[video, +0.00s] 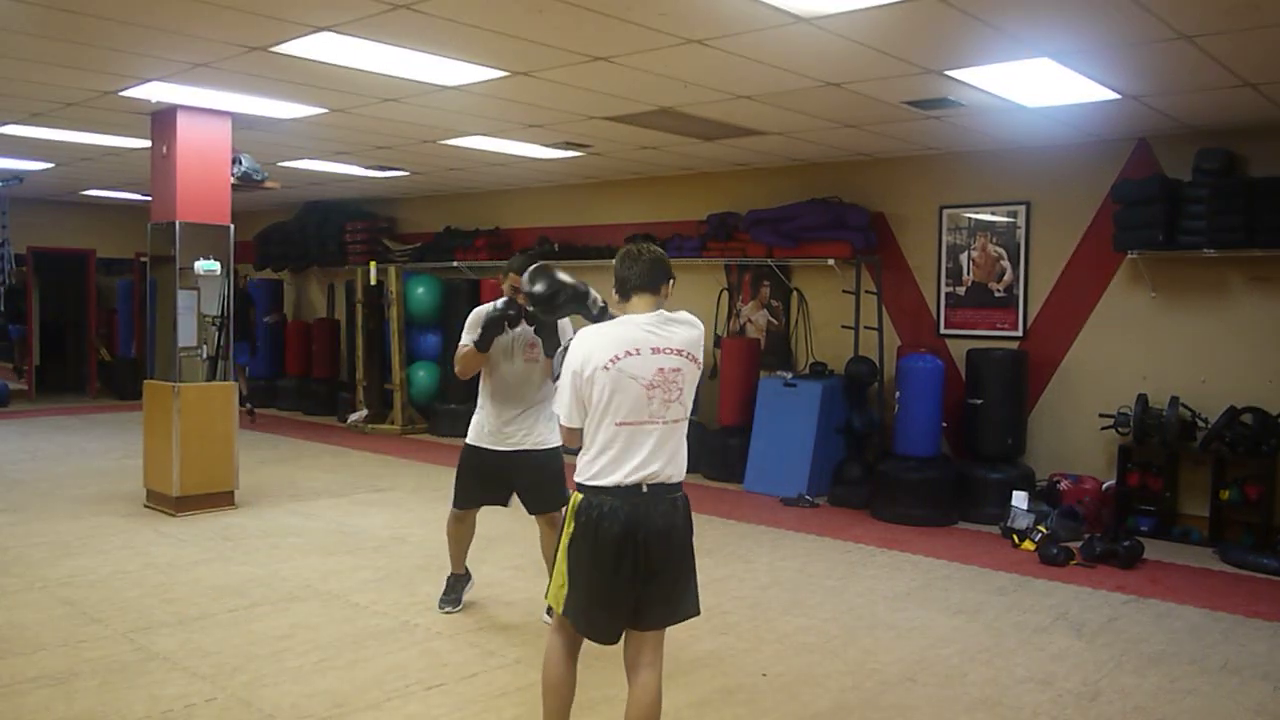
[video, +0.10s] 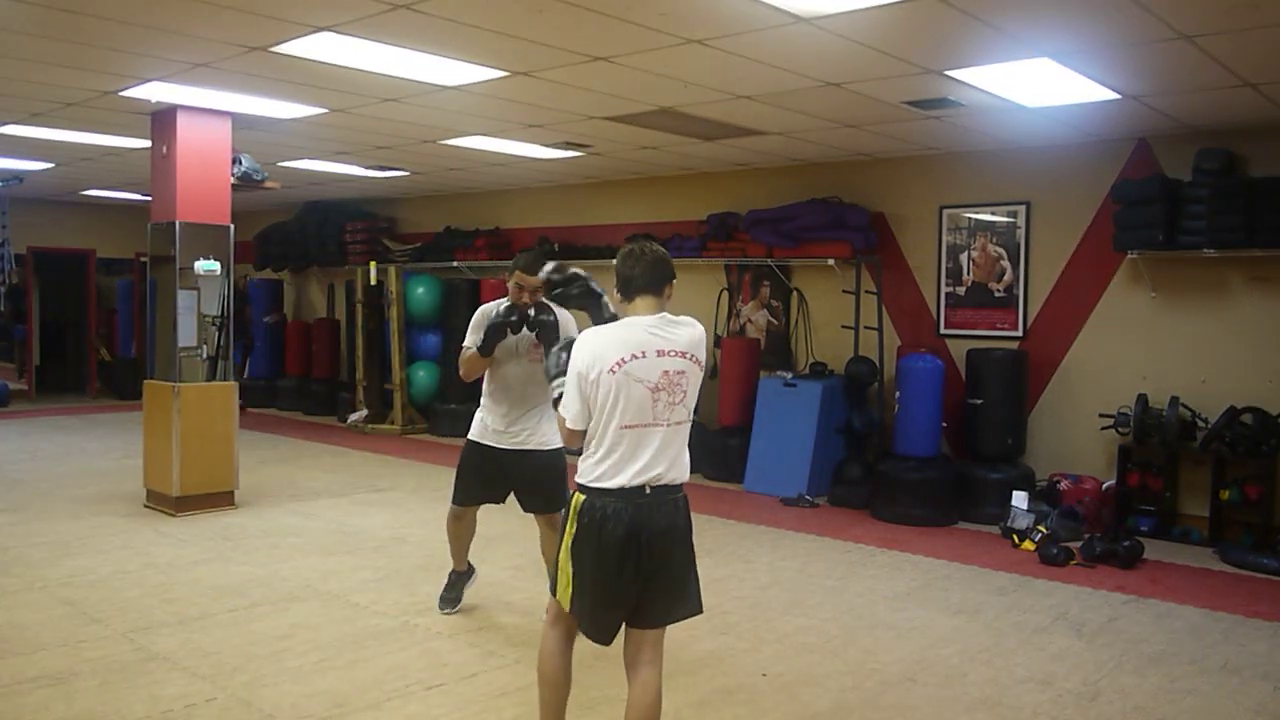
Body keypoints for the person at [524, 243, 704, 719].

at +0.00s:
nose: (672, 292)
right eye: (672, 286)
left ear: (615, 289)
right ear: (667, 289)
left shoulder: (586, 343)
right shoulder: (693, 331)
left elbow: (571, 435)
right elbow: (645, 332)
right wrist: (595, 308)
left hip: (597, 512)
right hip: (666, 511)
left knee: (563, 636)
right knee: (646, 655)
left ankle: (554, 716)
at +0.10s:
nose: (675, 290)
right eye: (674, 284)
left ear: (618, 288)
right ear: (670, 288)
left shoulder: (591, 344)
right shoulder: (694, 335)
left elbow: (572, 433)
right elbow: (646, 339)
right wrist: (601, 306)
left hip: (599, 511)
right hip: (667, 511)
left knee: (560, 621)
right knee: (645, 651)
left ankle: (551, 717)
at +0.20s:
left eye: (616, 283)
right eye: (670, 286)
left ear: (615, 287)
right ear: (668, 289)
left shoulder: (589, 343)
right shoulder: (692, 339)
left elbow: (563, 436)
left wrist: (549, 380)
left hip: (596, 511)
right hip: (666, 512)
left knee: (555, 623)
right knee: (644, 654)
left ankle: (539, 716)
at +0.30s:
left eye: (600, 285)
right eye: (660, 286)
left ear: (605, 289)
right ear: (658, 289)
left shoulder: (579, 345)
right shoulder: (685, 340)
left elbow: (551, 438)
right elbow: (687, 408)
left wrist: (541, 376)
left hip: (591, 513)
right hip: (661, 513)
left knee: (550, 624)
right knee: (642, 657)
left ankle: (525, 716)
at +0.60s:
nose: (555, 298)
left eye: (554, 291)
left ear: (555, 295)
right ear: (603, 293)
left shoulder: (534, 353)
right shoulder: (635, 343)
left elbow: (512, 438)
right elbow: (640, 420)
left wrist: (557, 406)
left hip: (561, 511)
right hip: (628, 509)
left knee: (536, 621)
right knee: (626, 652)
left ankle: (520, 716)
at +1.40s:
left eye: (519, 295)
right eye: (574, 293)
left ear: (523, 299)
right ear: (570, 297)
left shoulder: (504, 349)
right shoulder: (598, 339)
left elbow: (485, 423)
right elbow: (613, 409)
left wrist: (532, 402)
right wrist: (565, 406)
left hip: (530, 492)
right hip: (594, 489)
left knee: (509, 607)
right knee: (625, 618)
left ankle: (489, 714)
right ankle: (649, 716)